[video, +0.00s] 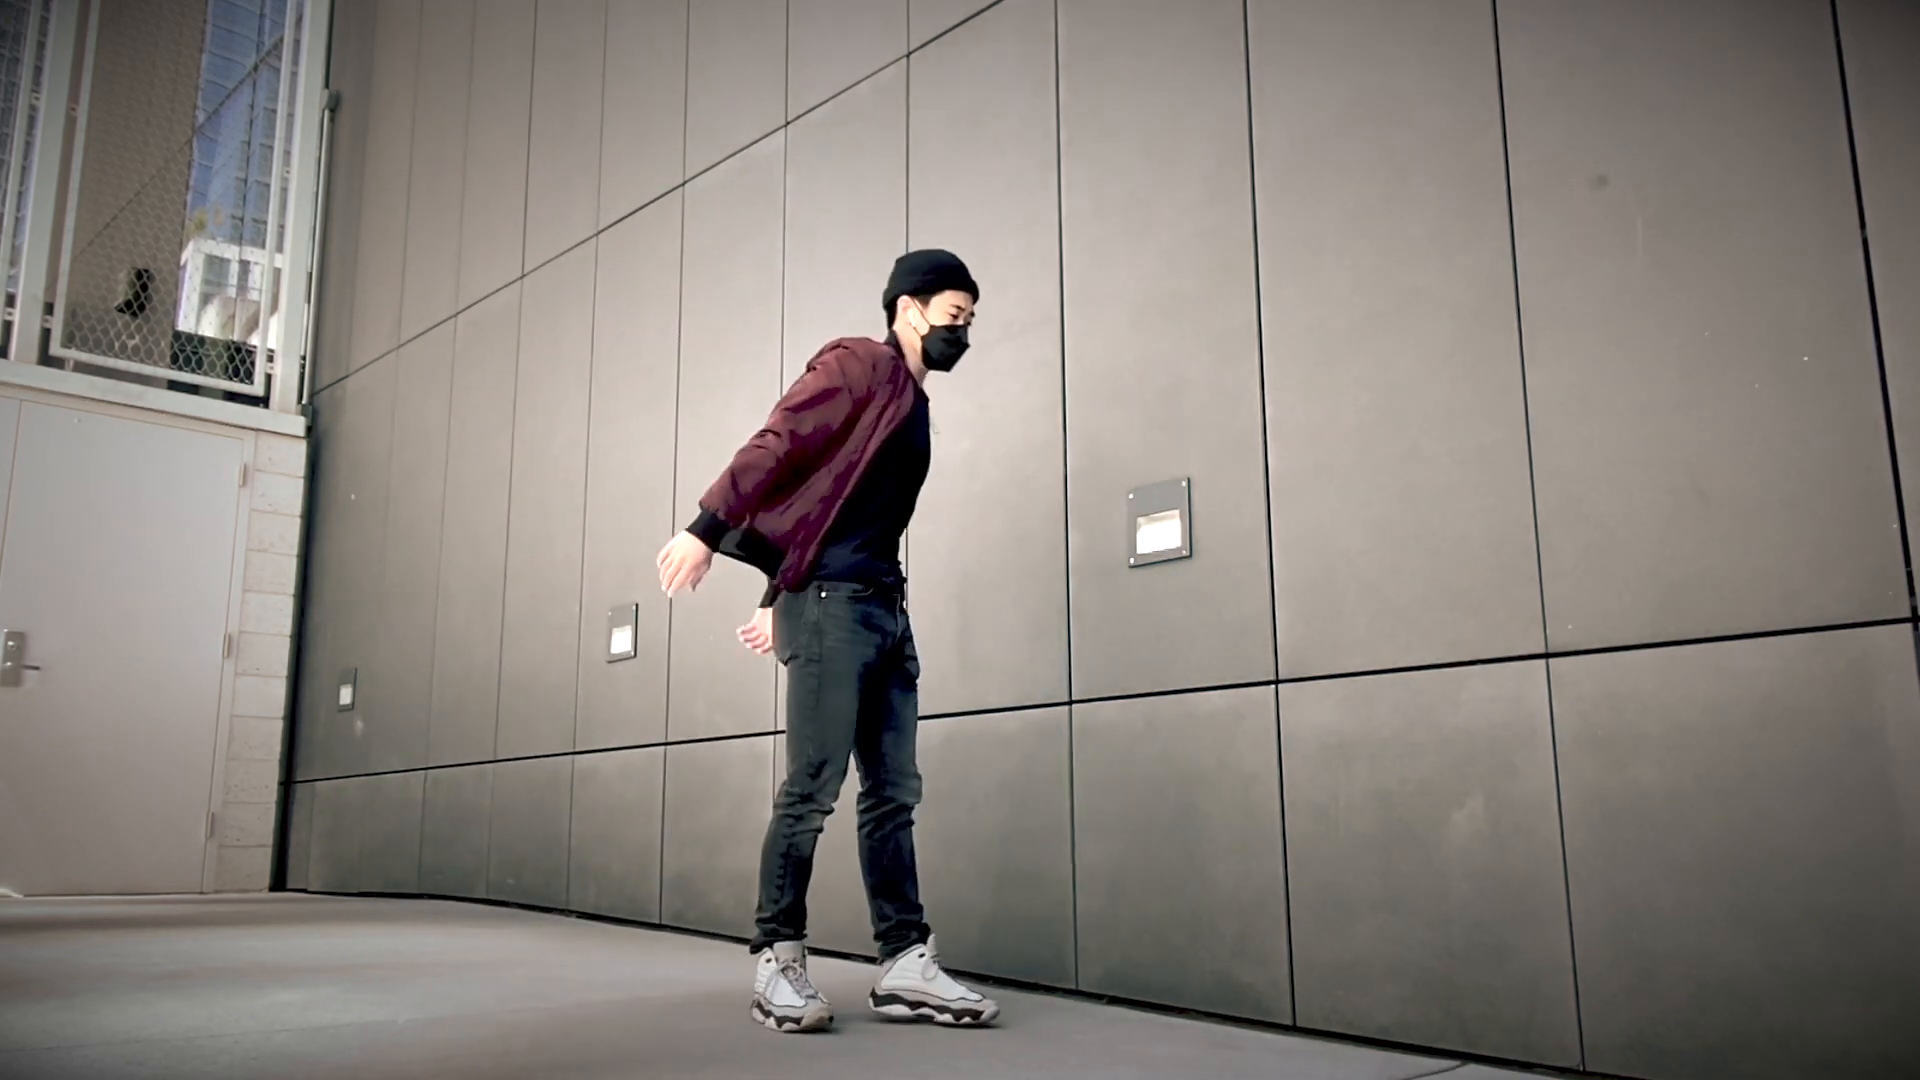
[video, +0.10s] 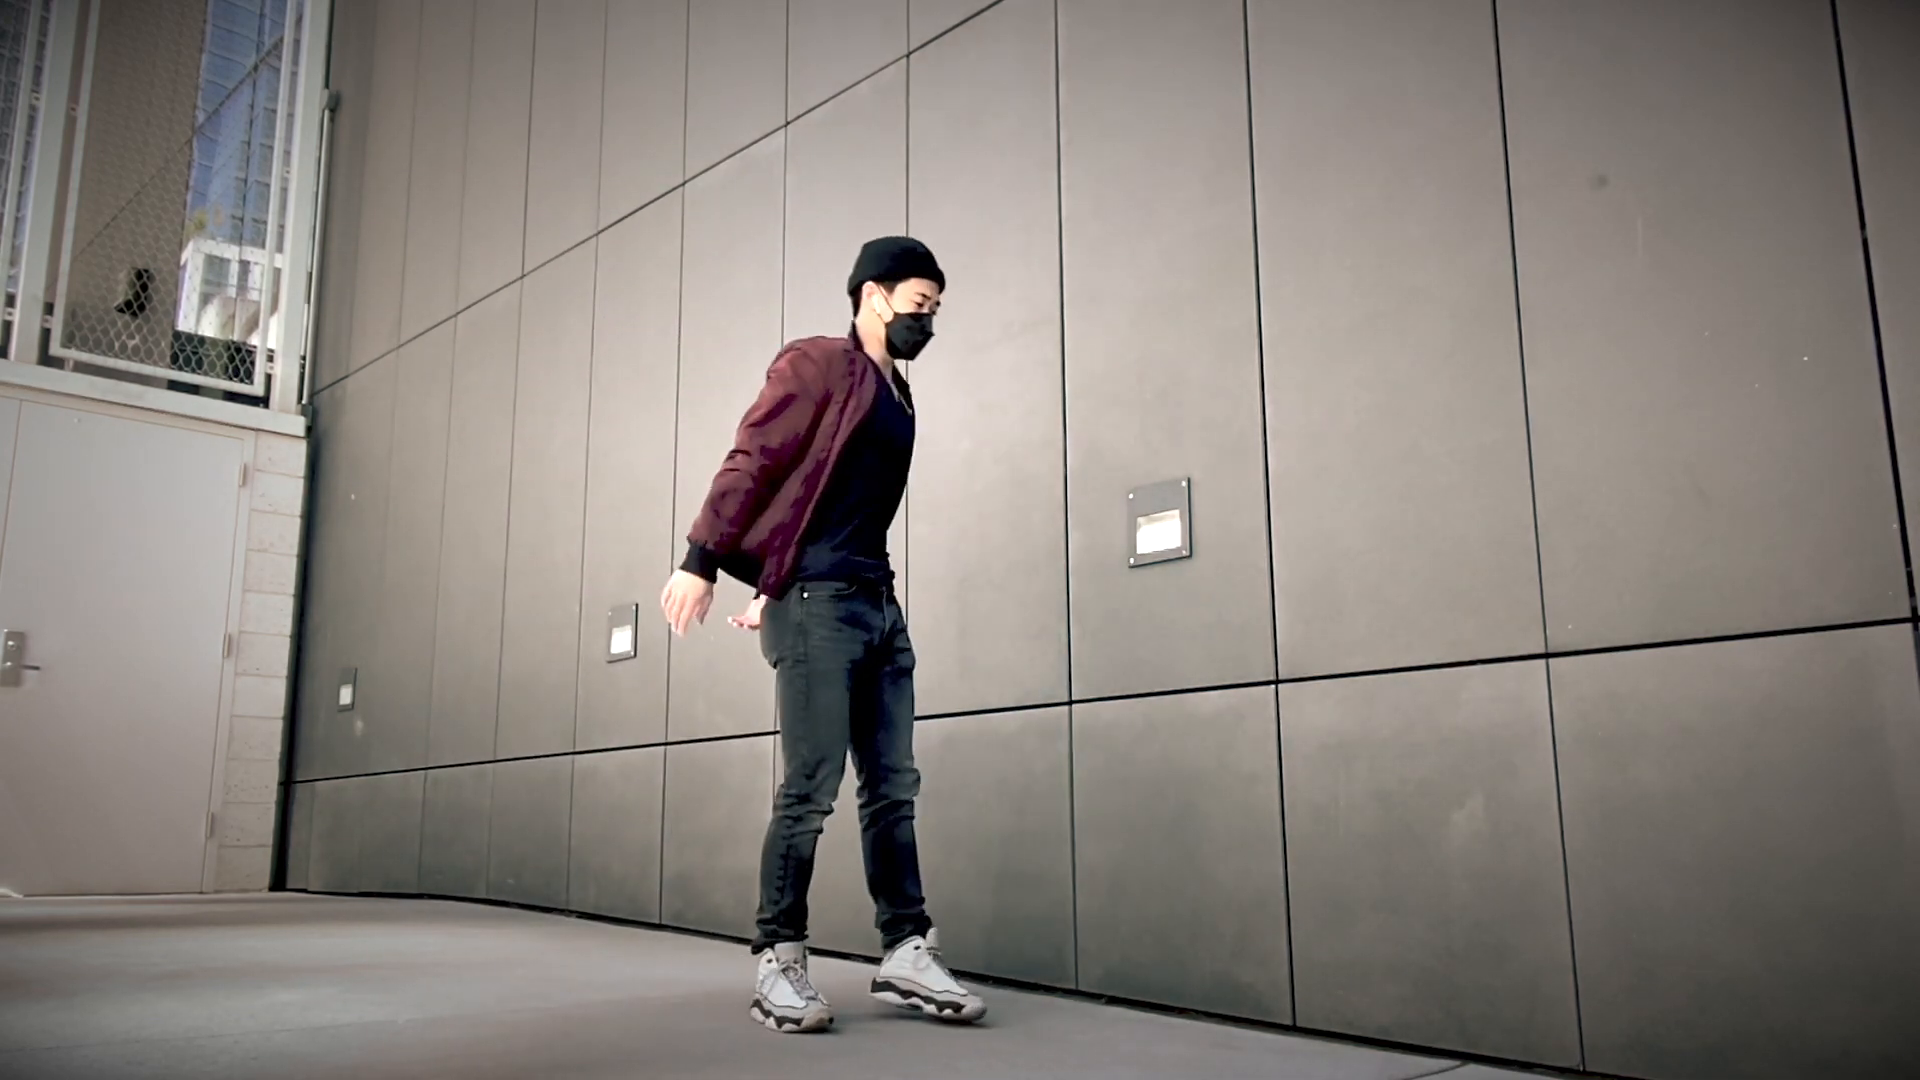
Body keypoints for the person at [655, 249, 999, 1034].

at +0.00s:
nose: (964, 329)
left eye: (970, 318)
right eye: (955, 313)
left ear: (937, 320)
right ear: (907, 307)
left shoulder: (907, 397)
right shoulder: (857, 363)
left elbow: (847, 505)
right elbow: (778, 441)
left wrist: (784, 597)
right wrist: (703, 529)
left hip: (883, 610)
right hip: (828, 605)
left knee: (892, 792)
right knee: (812, 786)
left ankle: (904, 963)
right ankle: (778, 959)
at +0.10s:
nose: (927, 318)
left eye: (933, 308)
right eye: (917, 302)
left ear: (918, 313)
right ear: (871, 295)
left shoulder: (893, 392)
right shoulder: (816, 363)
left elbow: (842, 501)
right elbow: (752, 459)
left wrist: (779, 582)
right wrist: (699, 562)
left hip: (876, 604)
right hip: (814, 604)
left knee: (892, 785)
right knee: (810, 786)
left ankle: (906, 952)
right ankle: (779, 963)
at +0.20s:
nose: (896, 310)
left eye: (902, 300)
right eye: (886, 295)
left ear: (890, 304)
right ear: (839, 287)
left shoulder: (884, 389)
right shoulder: (775, 367)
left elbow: (876, 496)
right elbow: (727, 476)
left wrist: (878, 587)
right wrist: (701, 588)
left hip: (873, 603)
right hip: (797, 603)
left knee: (886, 783)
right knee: (806, 783)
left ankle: (880, 950)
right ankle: (777, 961)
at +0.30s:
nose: (867, 302)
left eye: (874, 293)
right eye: (855, 287)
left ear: (870, 303)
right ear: (807, 284)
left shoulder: (879, 386)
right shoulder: (742, 379)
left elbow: (893, 492)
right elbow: (705, 496)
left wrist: (879, 578)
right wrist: (696, 606)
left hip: (863, 605)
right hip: (782, 607)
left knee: (863, 786)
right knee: (802, 783)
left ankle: (840, 940)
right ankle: (776, 961)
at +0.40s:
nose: (838, 301)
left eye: (847, 292)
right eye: (824, 287)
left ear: (851, 302)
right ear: (779, 288)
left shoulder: (864, 385)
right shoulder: (722, 390)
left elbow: (894, 494)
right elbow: (684, 506)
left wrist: (875, 589)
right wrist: (682, 621)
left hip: (855, 610)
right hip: (772, 610)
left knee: (841, 793)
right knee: (805, 787)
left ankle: (775, 935)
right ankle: (780, 957)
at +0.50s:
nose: (812, 306)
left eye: (821, 299)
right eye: (799, 293)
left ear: (826, 308)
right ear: (755, 294)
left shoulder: (845, 391)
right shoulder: (703, 405)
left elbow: (912, 472)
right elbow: (659, 516)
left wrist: (940, 565)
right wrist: (651, 633)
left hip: (837, 614)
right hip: (757, 617)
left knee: (837, 799)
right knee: (802, 788)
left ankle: (724, 908)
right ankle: (783, 960)